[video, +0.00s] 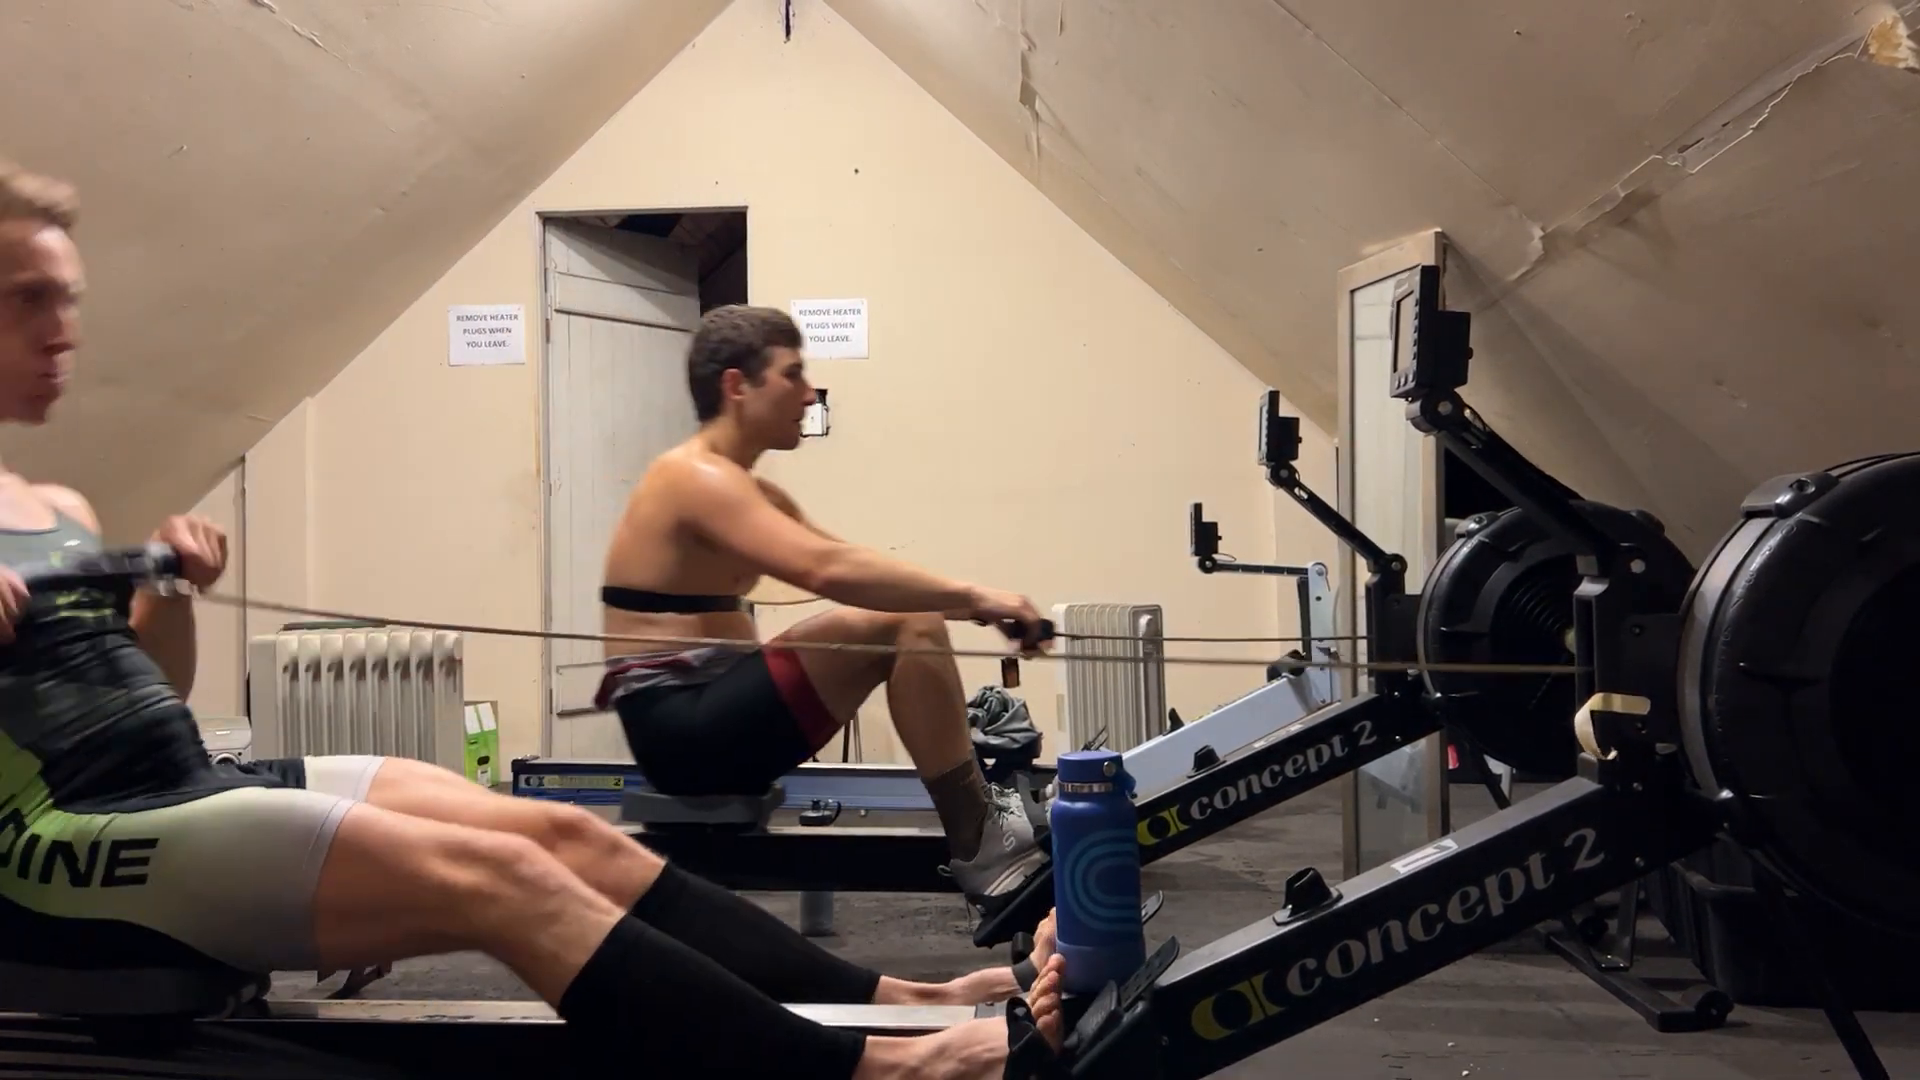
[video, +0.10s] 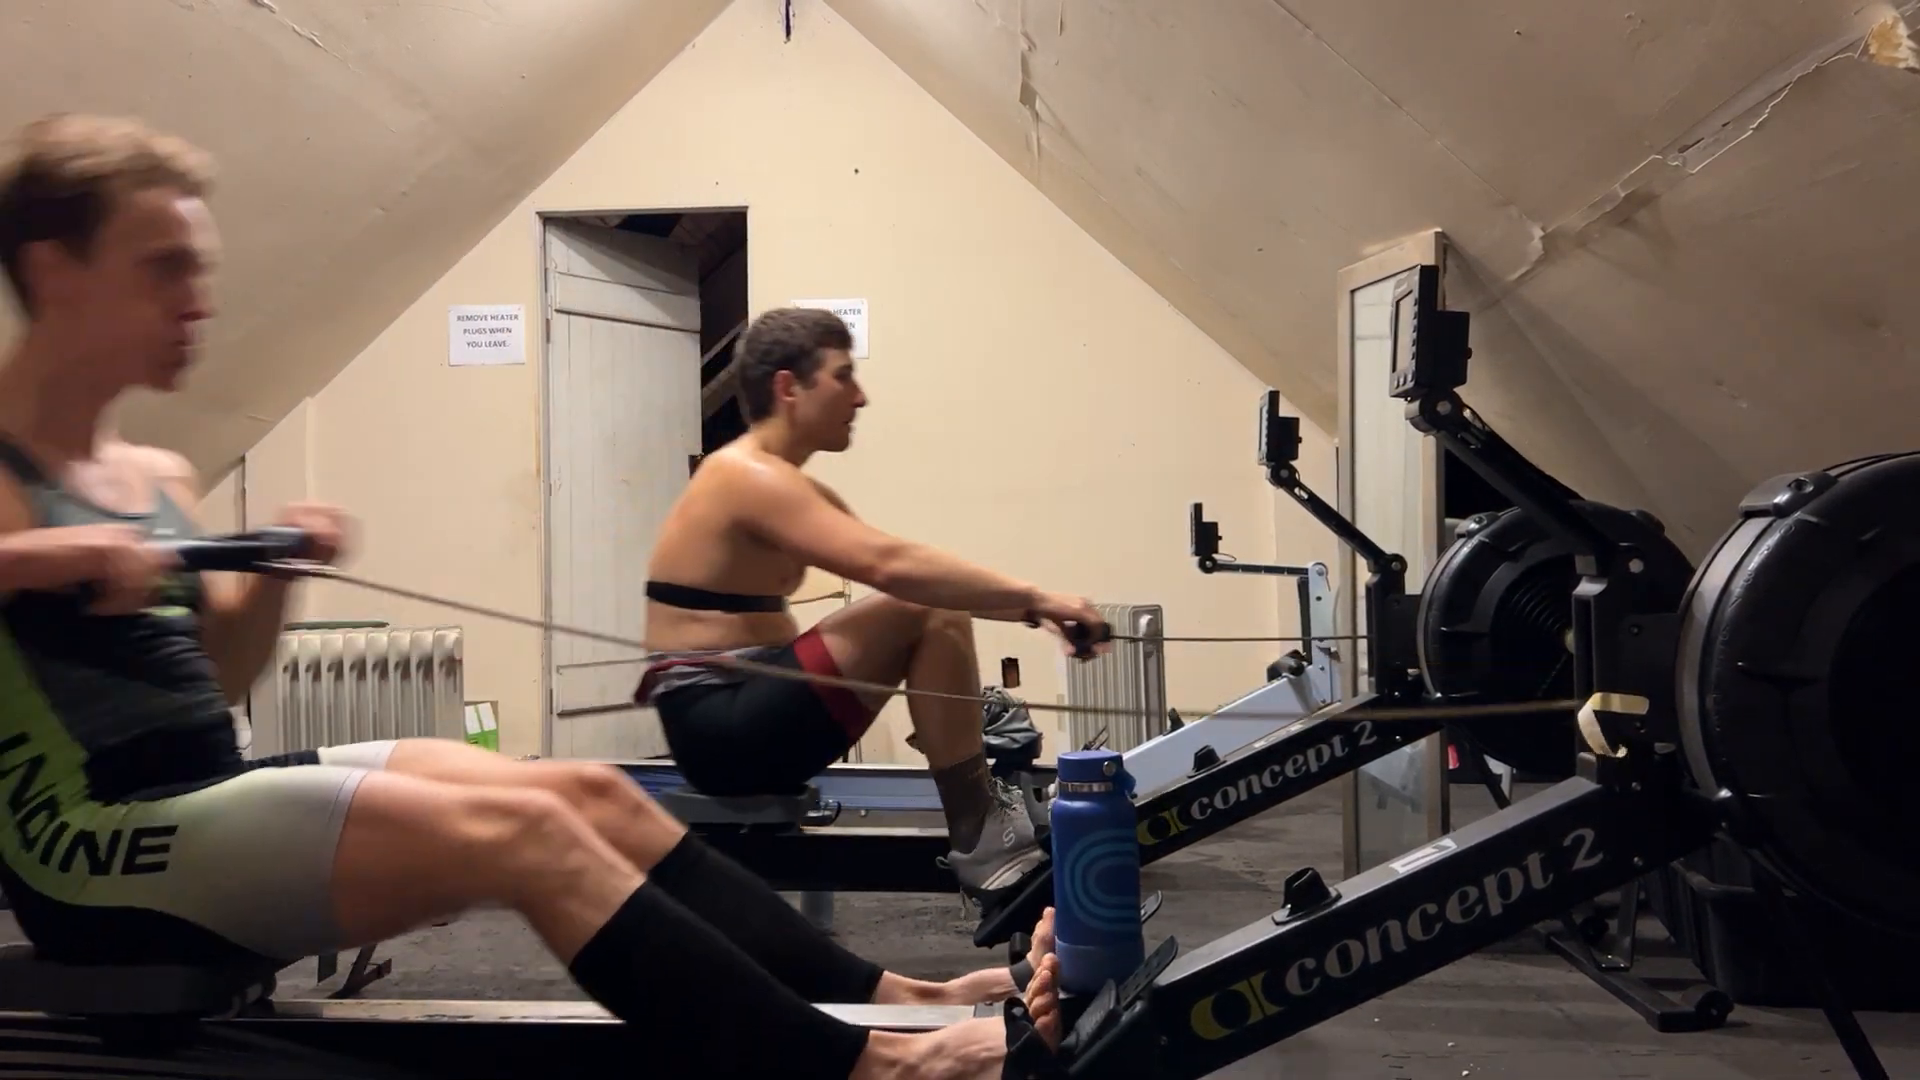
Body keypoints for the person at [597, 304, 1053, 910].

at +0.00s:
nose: (812, 391)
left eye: (805, 375)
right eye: (792, 375)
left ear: (745, 388)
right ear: (736, 387)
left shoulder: (752, 489)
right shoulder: (696, 479)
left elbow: (849, 563)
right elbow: (825, 573)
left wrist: (977, 604)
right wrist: (974, 598)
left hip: (714, 717)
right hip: (680, 730)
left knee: (909, 622)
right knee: (910, 630)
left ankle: (978, 831)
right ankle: (977, 846)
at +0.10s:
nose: (861, 395)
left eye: (854, 376)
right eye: (844, 376)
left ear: (792, 390)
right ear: (787, 388)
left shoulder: (793, 486)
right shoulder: (748, 477)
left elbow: (900, 569)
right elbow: (888, 568)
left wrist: (1031, 609)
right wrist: (1035, 600)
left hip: (751, 718)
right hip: (721, 728)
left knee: (938, 616)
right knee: (924, 620)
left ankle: (981, 824)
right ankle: (976, 836)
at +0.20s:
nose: (909, 396)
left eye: (903, 377)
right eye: (892, 377)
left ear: (839, 394)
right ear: (837, 390)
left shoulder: (814, 477)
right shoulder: (803, 478)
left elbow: (952, 566)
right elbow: (947, 563)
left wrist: (1083, 609)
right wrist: (1091, 598)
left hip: (769, 723)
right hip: (759, 732)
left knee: (956, 601)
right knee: (955, 602)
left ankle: (979, 825)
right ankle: (977, 833)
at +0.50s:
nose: (1019, 402)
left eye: (1012, 383)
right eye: (1002, 384)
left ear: (952, 400)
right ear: (948, 397)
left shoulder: (916, 476)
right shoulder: (925, 482)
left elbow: (1076, 553)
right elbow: (1075, 558)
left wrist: (1211, 600)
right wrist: (1223, 592)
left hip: (834, 717)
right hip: (833, 730)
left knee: (1015, 588)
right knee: (1014, 584)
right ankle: (979, 819)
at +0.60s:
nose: (1024, 400)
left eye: (1016, 382)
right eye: (1007, 383)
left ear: (953, 402)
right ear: (952, 399)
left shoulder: (927, 476)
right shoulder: (930, 482)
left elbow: (1086, 557)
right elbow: (1084, 554)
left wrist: (1219, 595)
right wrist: (1233, 585)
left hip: (851, 726)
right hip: (849, 735)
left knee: (1012, 576)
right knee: (1026, 587)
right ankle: (980, 821)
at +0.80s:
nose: (942, 391)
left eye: (933, 374)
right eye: (923, 376)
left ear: (873, 396)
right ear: (872, 394)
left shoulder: (846, 468)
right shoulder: (859, 474)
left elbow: (1004, 551)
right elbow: (1005, 548)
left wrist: (1139, 582)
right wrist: (1145, 570)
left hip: (785, 719)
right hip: (788, 728)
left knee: (974, 589)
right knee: (975, 590)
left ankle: (981, 806)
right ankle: (980, 822)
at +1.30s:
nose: (477, 409)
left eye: (472, 392)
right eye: (456, 393)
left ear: (426, 411)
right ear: (395, 413)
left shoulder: (478, 512)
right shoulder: (391, 499)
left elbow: (574, 568)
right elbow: (501, 576)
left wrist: (687, 565)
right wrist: (668, 566)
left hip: (547, 691)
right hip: (500, 706)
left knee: (805, 694)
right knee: (775, 702)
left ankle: (986, 824)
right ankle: (979, 842)